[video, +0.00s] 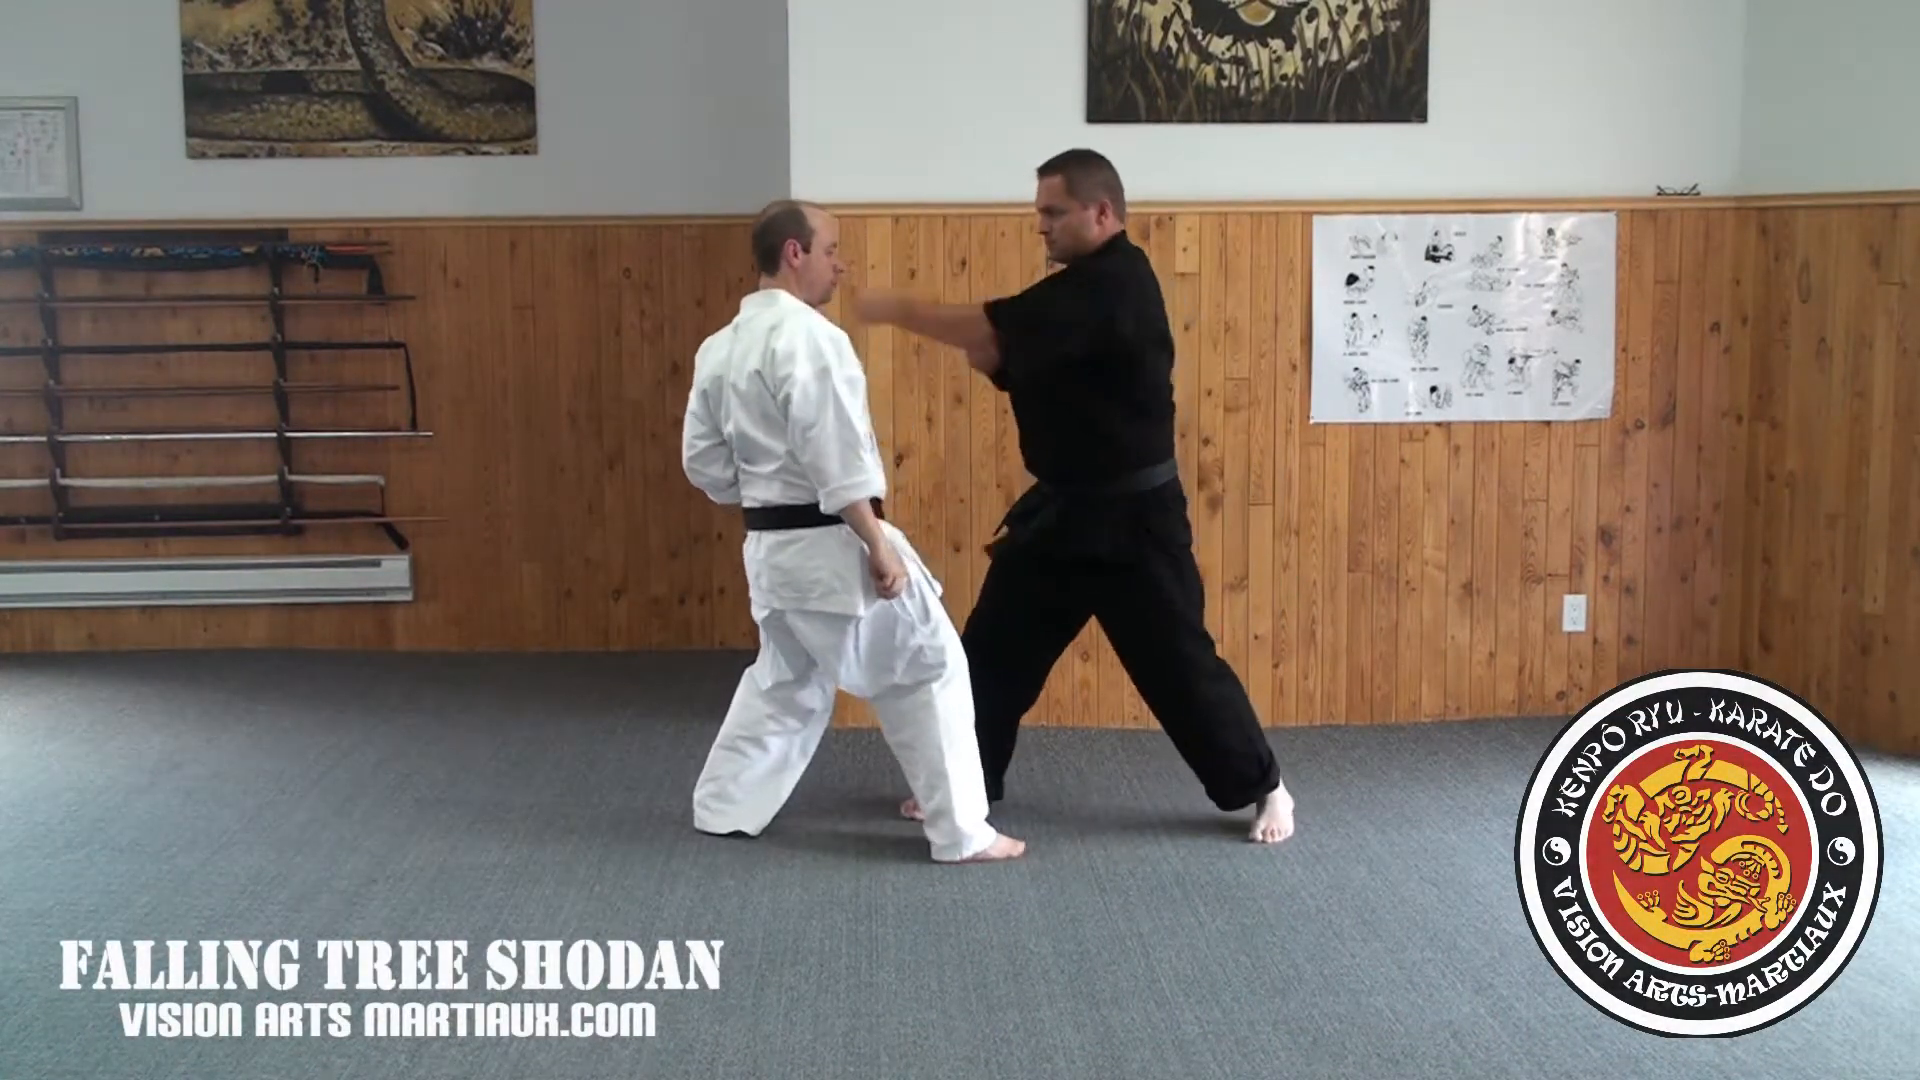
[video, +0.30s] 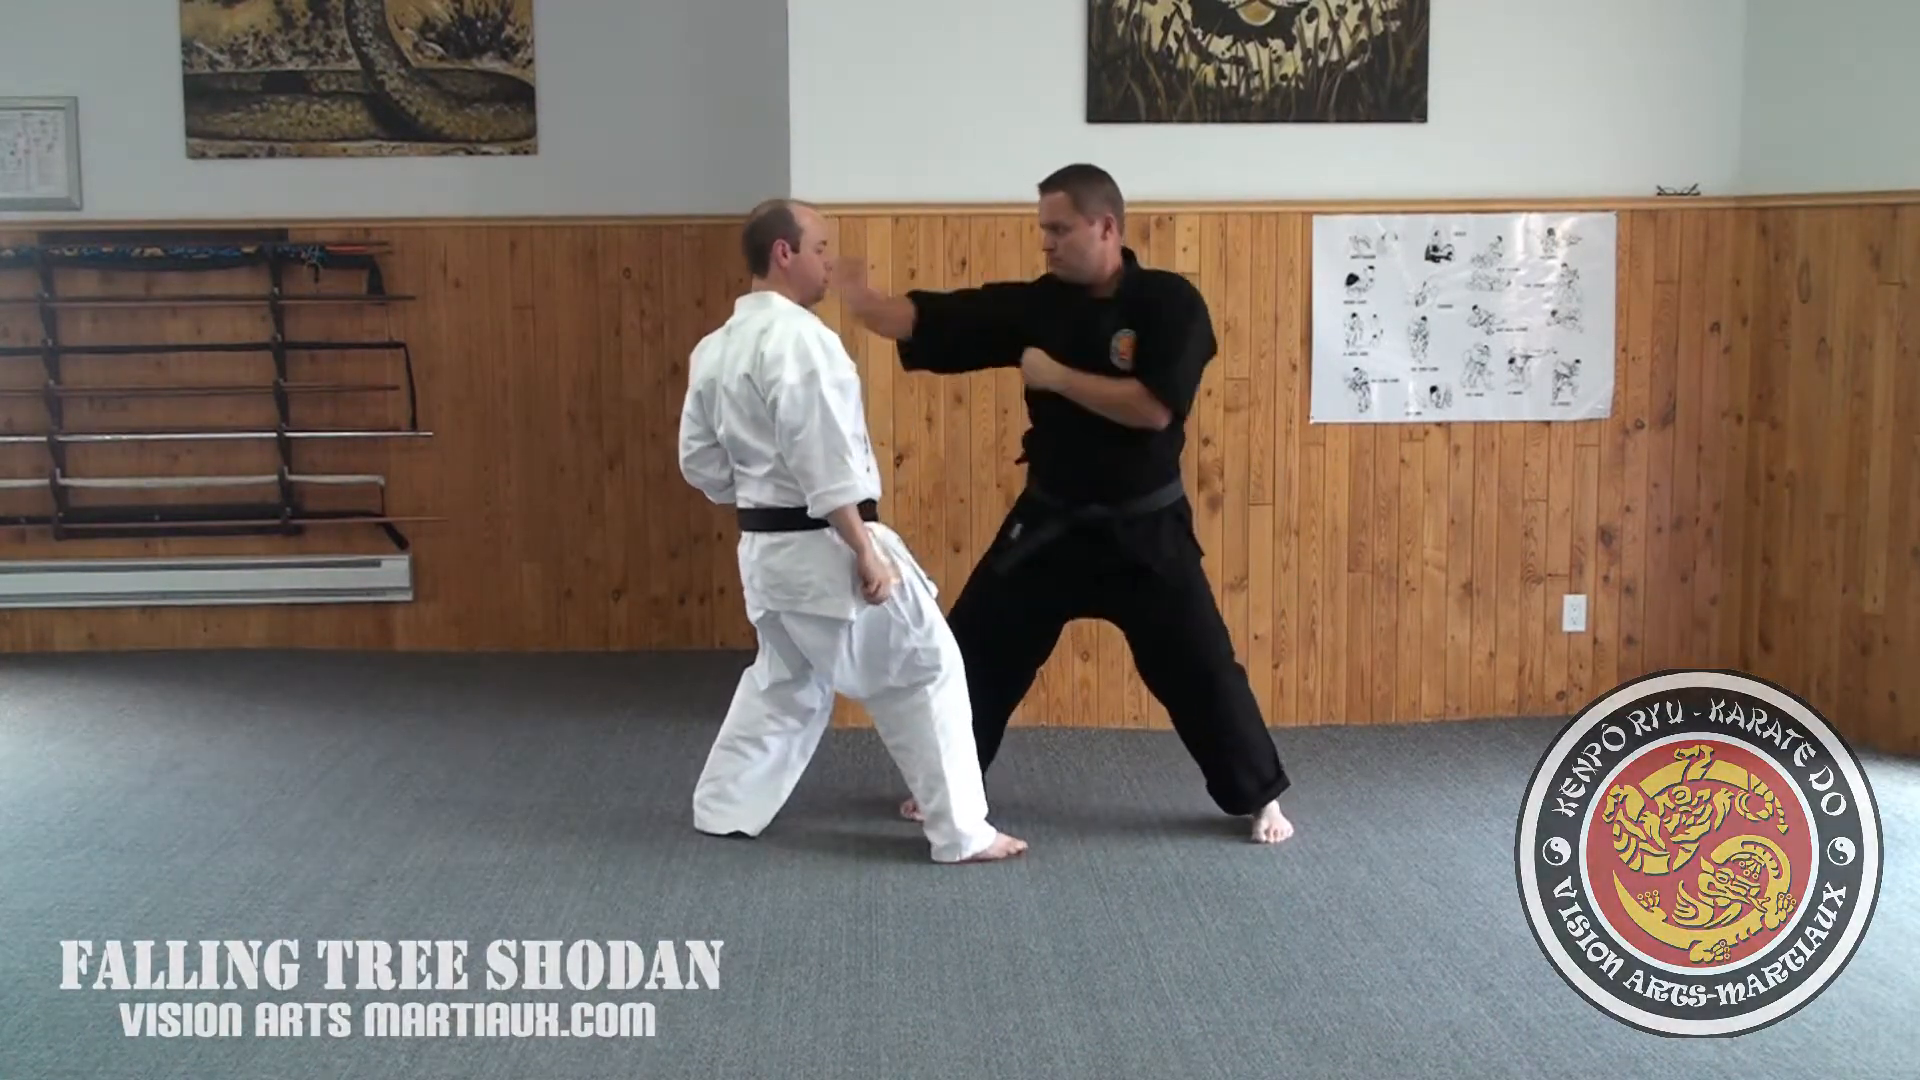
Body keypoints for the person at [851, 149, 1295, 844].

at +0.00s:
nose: (1040, 225)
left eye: (1052, 213)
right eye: (1040, 213)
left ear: (1101, 214)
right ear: (1091, 218)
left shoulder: (1112, 281)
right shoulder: (1079, 283)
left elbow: (994, 324)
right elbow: (1019, 371)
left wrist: (893, 309)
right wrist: (978, 350)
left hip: (1133, 509)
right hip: (1061, 506)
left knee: (1177, 660)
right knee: (993, 651)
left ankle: (1265, 787)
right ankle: (964, 785)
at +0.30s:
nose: (1045, 243)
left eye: (1058, 230)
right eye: (1042, 229)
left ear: (1107, 229)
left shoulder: (1171, 303)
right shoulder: (1035, 306)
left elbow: (1157, 409)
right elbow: (933, 319)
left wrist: (1056, 378)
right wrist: (870, 304)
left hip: (1145, 528)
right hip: (1046, 524)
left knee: (1202, 665)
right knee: (974, 650)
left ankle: (1260, 797)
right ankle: (944, 785)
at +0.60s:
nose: (1048, 244)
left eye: (1061, 231)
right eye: (1045, 231)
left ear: (1111, 231)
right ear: (1047, 232)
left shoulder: (1171, 310)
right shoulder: (1033, 307)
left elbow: (1153, 415)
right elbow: (929, 321)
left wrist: (1053, 380)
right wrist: (851, 315)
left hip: (1141, 533)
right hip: (1042, 528)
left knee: (1195, 669)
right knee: (970, 651)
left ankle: (1258, 798)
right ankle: (946, 786)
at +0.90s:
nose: (1050, 236)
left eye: (1063, 223)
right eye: (1047, 223)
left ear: (1111, 223)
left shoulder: (1185, 308)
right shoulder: (1030, 306)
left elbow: (1203, 413)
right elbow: (923, 335)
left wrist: (1106, 379)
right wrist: (842, 327)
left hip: (1146, 528)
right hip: (1046, 524)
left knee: (1198, 668)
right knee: (978, 655)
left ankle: (1258, 798)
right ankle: (949, 787)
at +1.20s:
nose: (1032, 212)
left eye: (1043, 199)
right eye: (1030, 200)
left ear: (1090, 196)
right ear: (1070, 201)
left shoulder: (1160, 272)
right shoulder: (1027, 292)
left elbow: (1219, 302)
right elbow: (926, 354)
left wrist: (1131, 237)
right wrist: (833, 345)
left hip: (1143, 507)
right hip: (1049, 511)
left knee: (1189, 649)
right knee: (984, 639)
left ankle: (1258, 792)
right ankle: (1016, 777)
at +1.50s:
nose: (977, 207)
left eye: (987, 193)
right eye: (975, 196)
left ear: (1033, 193)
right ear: (992, 202)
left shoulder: (1072, 262)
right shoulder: (976, 287)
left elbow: (1073, 197)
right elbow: (883, 333)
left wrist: (1037, 130)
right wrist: (792, 333)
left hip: (1063, 491)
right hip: (991, 495)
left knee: (1101, 642)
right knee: (967, 644)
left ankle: (1218, 767)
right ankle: (1017, 784)